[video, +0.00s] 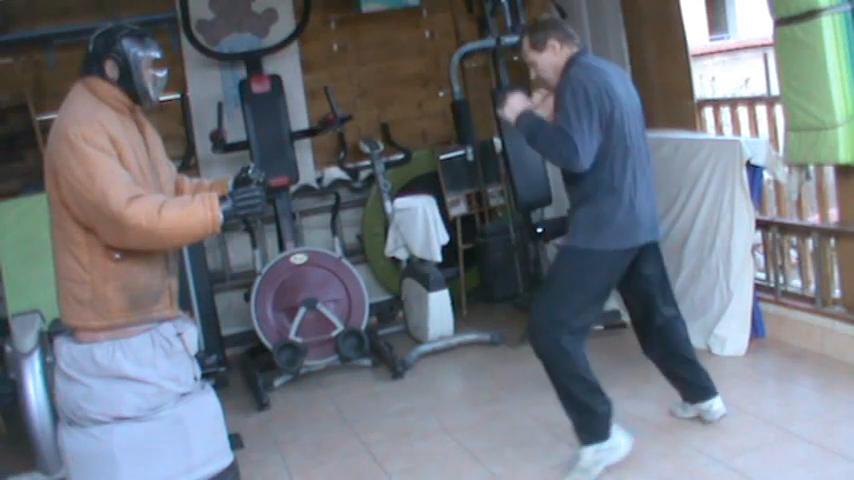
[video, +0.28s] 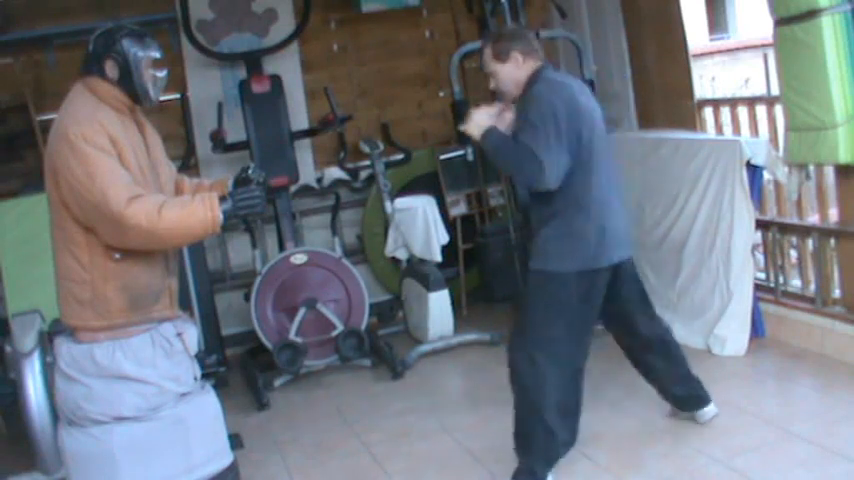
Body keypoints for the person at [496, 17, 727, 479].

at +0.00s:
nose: (536, 73)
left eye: (535, 63)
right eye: (532, 66)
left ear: (557, 46)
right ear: (564, 44)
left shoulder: (580, 79)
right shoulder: (610, 73)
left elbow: (575, 155)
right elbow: (603, 151)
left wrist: (523, 118)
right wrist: (556, 118)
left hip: (605, 228)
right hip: (637, 221)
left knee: (549, 328)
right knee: (658, 320)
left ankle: (600, 437)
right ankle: (704, 398)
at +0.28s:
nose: (492, 82)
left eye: (493, 71)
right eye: (489, 73)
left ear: (518, 60)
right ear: (527, 60)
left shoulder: (544, 94)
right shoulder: (569, 87)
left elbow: (542, 172)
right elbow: (563, 159)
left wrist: (489, 135)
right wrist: (513, 127)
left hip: (569, 249)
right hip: (606, 239)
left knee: (539, 354)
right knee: (639, 327)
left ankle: (537, 464)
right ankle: (694, 400)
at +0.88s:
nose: (422, 81)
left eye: (424, 70)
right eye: (420, 72)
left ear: (449, 62)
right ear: (463, 62)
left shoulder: (468, 104)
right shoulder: (512, 101)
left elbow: (440, 176)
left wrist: (384, 134)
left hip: (479, 279)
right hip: (529, 269)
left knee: (462, 392)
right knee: (545, 360)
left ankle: (464, 472)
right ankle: (590, 442)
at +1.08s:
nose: (408, 72)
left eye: (411, 62)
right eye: (407, 63)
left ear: (432, 56)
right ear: (453, 57)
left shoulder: (428, 98)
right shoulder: (499, 103)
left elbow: (358, 121)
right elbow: (504, 180)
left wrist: (346, 65)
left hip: (438, 269)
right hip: (487, 265)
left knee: (423, 375)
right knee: (460, 370)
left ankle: (444, 469)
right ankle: (458, 463)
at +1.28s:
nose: (409, 75)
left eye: (410, 66)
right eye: (407, 66)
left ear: (430, 54)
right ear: (451, 55)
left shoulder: (431, 90)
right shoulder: (495, 101)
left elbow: (384, 145)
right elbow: (453, 154)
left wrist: (312, 123)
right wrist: (391, 121)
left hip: (407, 221)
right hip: (461, 249)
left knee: (297, 208)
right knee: (449, 355)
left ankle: (305, 308)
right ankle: (440, 468)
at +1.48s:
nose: (415, 79)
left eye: (416, 71)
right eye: (413, 72)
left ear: (436, 60)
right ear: (457, 61)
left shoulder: (439, 92)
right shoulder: (501, 110)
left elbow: (400, 151)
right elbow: (464, 158)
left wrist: (335, 124)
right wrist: (411, 118)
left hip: (414, 230)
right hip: (467, 258)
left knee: (293, 256)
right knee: (442, 365)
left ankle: (207, 323)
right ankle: (428, 473)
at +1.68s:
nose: (435, 66)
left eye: (437, 56)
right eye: (434, 57)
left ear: (458, 48)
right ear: (485, 50)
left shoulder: (451, 91)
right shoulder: (521, 104)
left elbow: (389, 137)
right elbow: (524, 183)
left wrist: (358, 90)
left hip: (433, 259)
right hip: (492, 262)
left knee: (391, 371)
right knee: (458, 375)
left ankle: (454, 467)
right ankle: (446, 468)